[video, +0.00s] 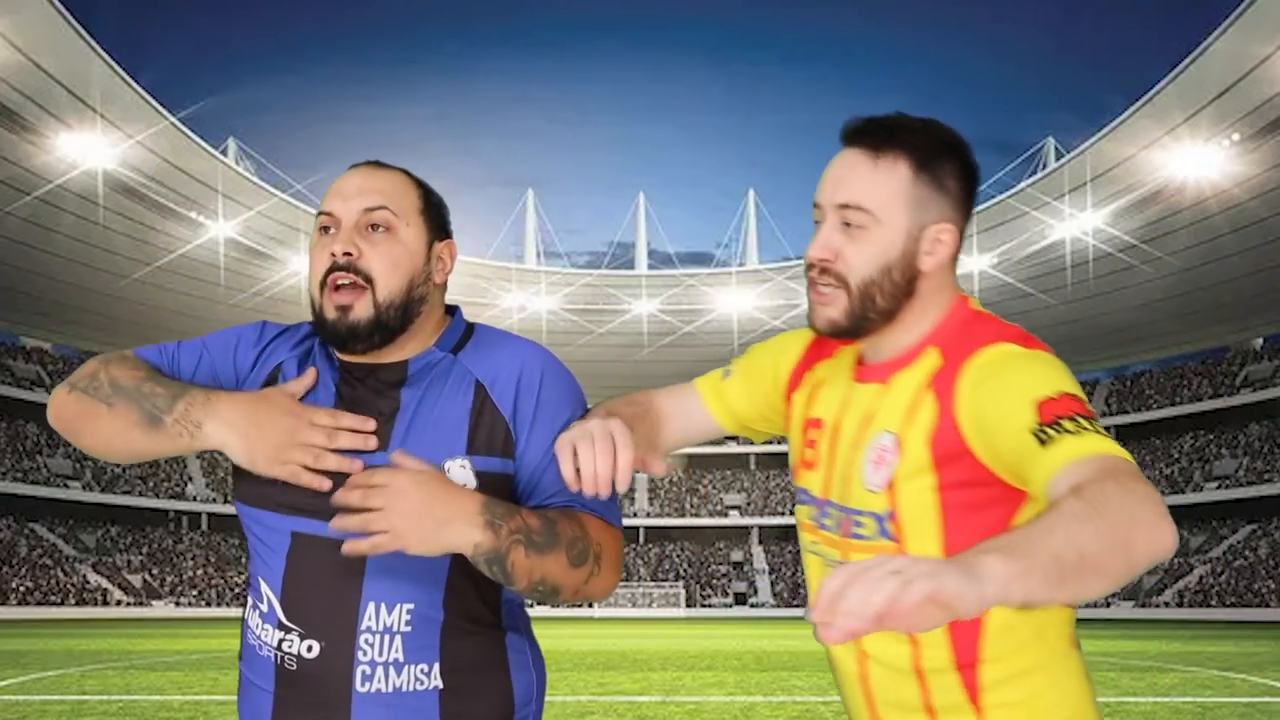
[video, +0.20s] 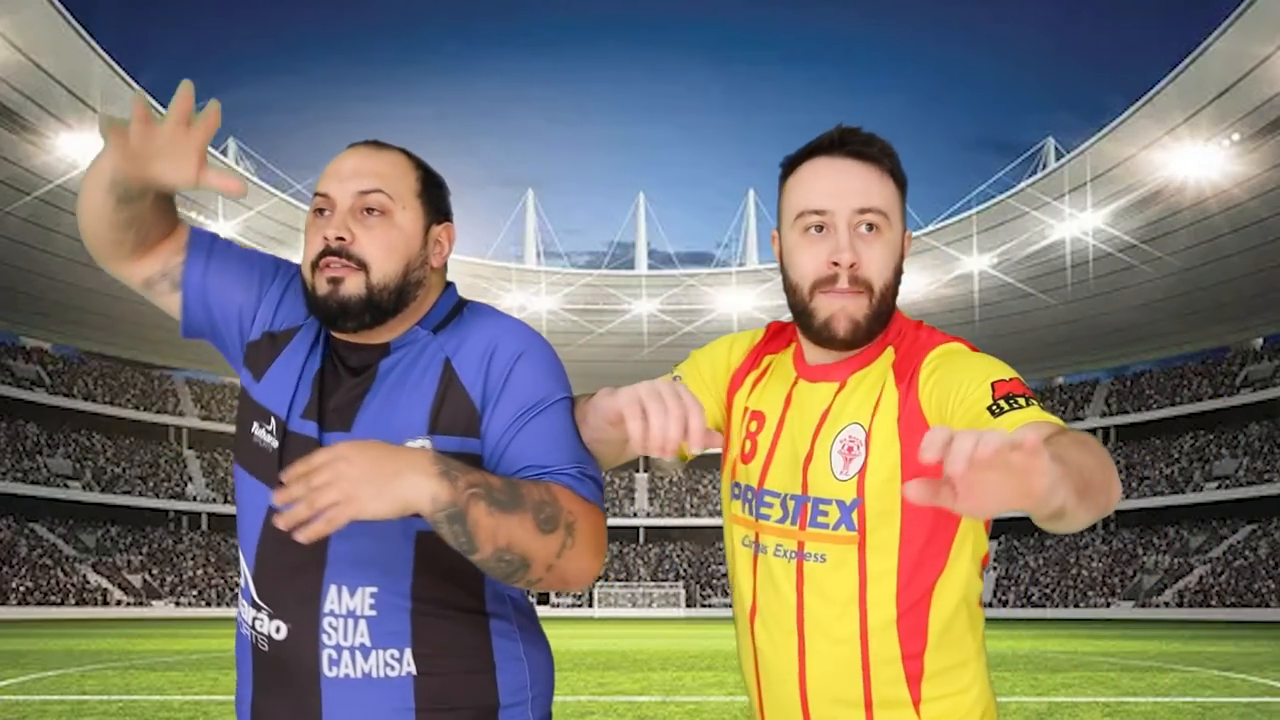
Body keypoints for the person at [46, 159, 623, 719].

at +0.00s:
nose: (339, 248)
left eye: (375, 228)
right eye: (327, 228)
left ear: (440, 261)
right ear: (311, 254)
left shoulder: (518, 378)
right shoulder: (259, 358)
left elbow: (595, 565)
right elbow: (75, 403)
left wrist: (471, 519)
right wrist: (222, 421)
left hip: (465, 705)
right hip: (283, 702)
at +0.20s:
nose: (333, 230)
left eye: (371, 211)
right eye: (321, 211)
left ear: (437, 244)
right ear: (306, 230)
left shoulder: (503, 357)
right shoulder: (272, 314)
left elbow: (575, 553)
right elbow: (140, 248)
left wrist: (431, 480)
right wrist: (130, 174)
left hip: (459, 701)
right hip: (281, 700)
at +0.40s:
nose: (314, 252)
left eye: (351, 224)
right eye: (314, 229)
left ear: (439, 243)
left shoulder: (523, 370)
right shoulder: (304, 321)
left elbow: (590, 573)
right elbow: (195, 259)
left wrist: (403, 529)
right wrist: (166, 183)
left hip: (464, 708)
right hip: (290, 705)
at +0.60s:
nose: (292, 254)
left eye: (324, 226)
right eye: (300, 228)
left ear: (412, 243)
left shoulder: (536, 389)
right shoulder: (283, 355)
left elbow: (593, 589)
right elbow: (174, 382)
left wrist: (434, 686)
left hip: (436, 713)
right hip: (263, 703)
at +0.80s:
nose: (197, 267)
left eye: (217, 240)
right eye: (207, 241)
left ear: (289, 249)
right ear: (288, 252)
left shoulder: (417, 381)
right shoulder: (223, 382)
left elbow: (483, 588)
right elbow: (149, 520)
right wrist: (76, 575)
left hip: (344, 708)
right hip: (191, 708)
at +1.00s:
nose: (92, 283)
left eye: (104, 253)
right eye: (96, 255)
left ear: (164, 252)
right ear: (161, 255)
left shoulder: (303, 359)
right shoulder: (166, 382)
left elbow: (354, 580)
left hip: (278, 704)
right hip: (165, 700)